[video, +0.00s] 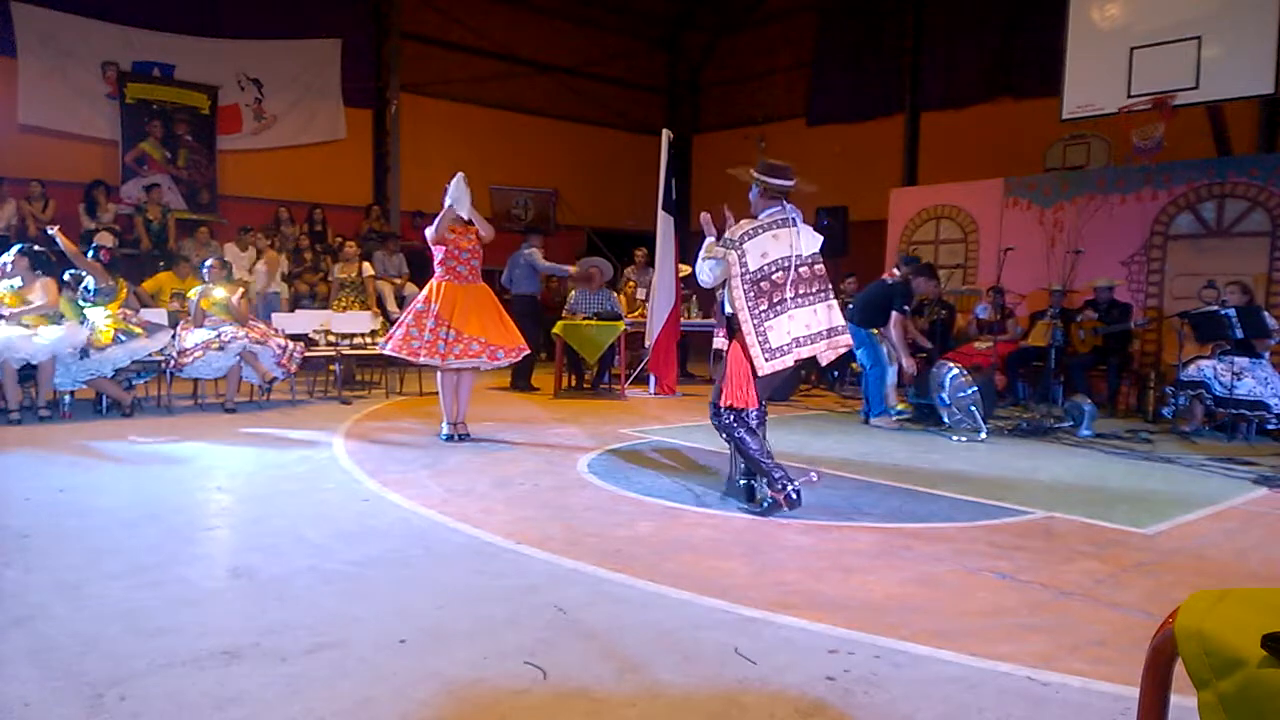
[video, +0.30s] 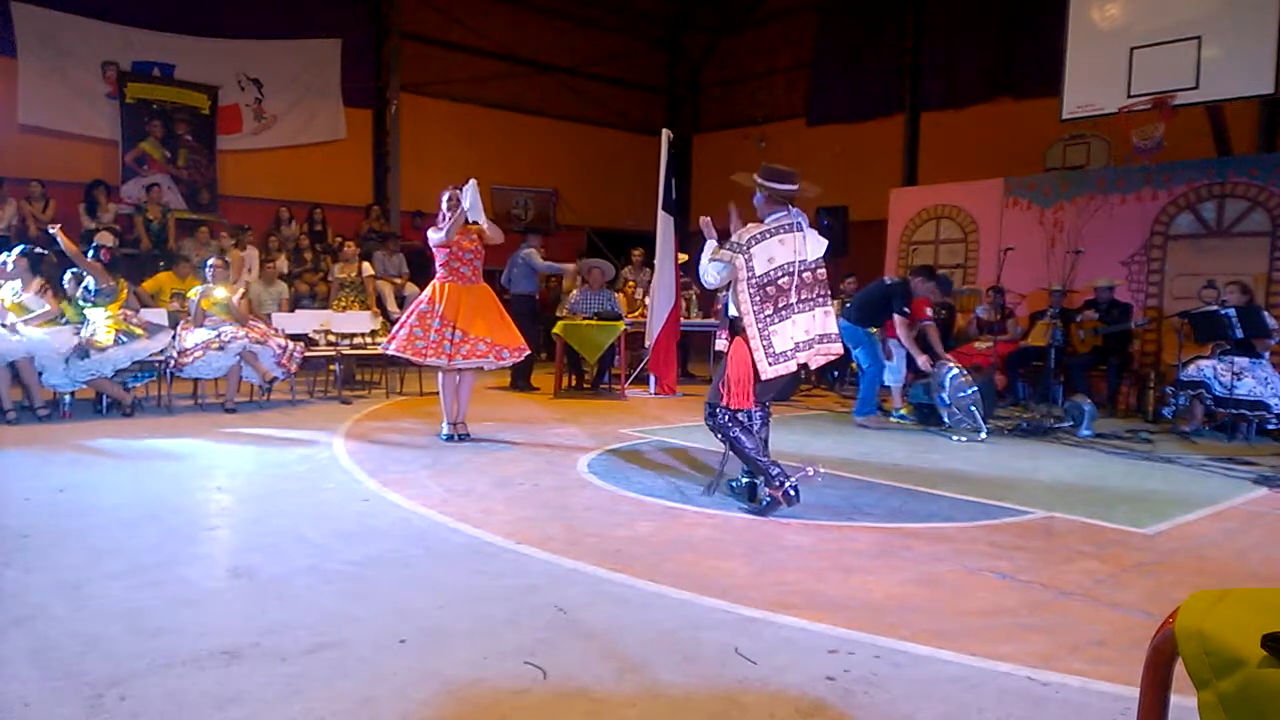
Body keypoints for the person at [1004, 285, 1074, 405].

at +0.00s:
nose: (1056, 299)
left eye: (1059, 296)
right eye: (1053, 295)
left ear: (1063, 297)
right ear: (1049, 296)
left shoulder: (1068, 314)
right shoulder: (1037, 315)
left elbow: (1068, 338)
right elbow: (1029, 334)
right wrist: (1024, 341)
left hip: (1056, 348)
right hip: (1036, 348)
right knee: (1012, 358)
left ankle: (1042, 398)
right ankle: (1012, 395)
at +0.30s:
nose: (1056, 299)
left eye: (1059, 296)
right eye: (1053, 296)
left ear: (1063, 297)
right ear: (1049, 297)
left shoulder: (1068, 314)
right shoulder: (1036, 315)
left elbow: (1068, 338)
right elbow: (1029, 334)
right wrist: (1024, 341)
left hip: (1056, 348)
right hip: (1035, 348)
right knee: (1011, 359)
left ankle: (1043, 397)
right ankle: (1013, 395)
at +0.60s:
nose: (1056, 299)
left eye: (1059, 296)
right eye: (1053, 295)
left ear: (1063, 297)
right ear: (1049, 296)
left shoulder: (1068, 314)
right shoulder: (1037, 315)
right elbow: (1029, 334)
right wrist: (1025, 341)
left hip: (1056, 348)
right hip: (1035, 348)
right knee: (1012, 359)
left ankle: (1043, 397)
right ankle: (1013, 395)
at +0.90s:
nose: (1056, 299)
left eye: (1059, 296)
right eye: (1054, 295)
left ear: (1063, 297)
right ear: (1049, 296)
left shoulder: (1068, 314)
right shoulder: (1036, 315)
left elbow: (1068, 337)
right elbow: (1029, 333)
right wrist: (1025, 341)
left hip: (1056, 348)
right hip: (1035, 347)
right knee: (1012, 359)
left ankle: (1043, 397)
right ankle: (1013, 395)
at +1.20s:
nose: (1056, 299)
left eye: (1059, 296)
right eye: (1053, 296)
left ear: (1063, 297)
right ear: (1049, 297)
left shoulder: (1068, 314)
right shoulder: (1036, 315)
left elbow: (1069, 338)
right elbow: (1029, 334)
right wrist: (1024, 341)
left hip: (1056, 348)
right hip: (1036, 347)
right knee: (1012, 358)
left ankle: (1041, 397)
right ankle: (1013, 395)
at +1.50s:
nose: (1056, 299)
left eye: (1059, 296)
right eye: (1053, 296)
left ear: (1063, 298)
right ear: (1049, 297)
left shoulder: (1068, 315)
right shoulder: (1036, 315)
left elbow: (1068, 339)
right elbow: (1028, 335)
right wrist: (1024, 342)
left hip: (1056, 348)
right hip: (1036, 348)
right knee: (1012, 358)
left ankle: (1042, 398)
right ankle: (1013, 395)